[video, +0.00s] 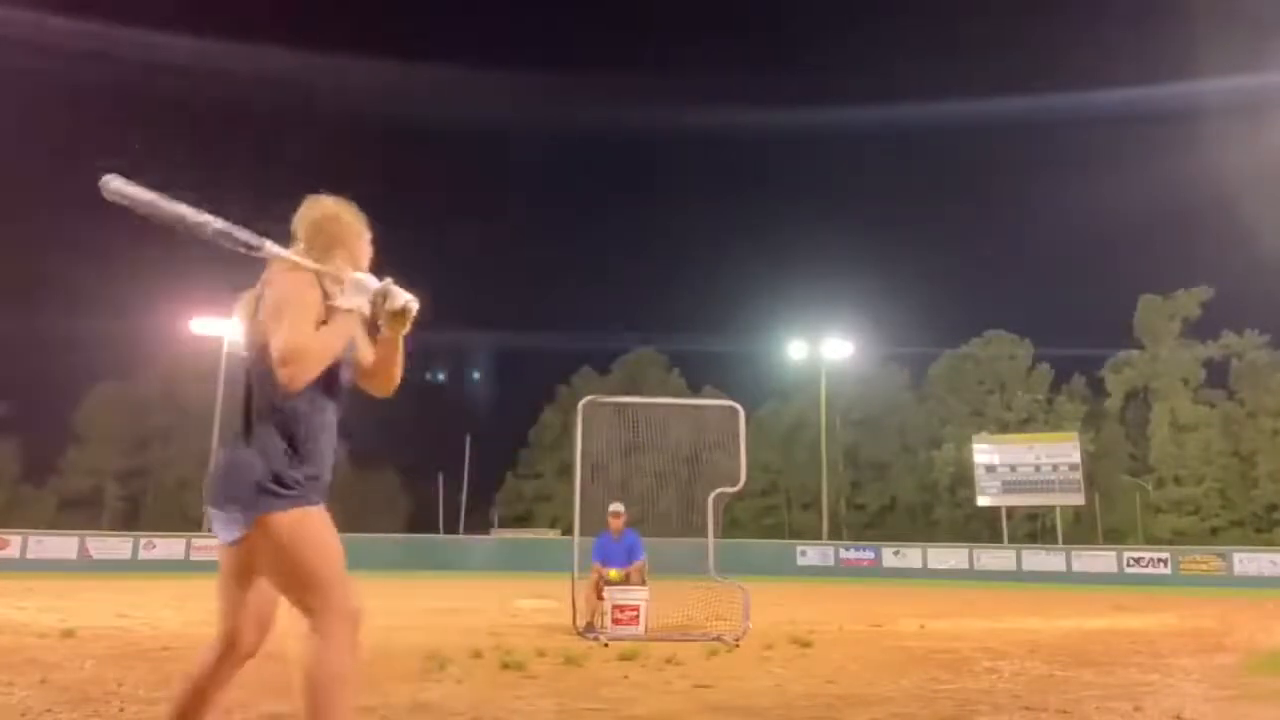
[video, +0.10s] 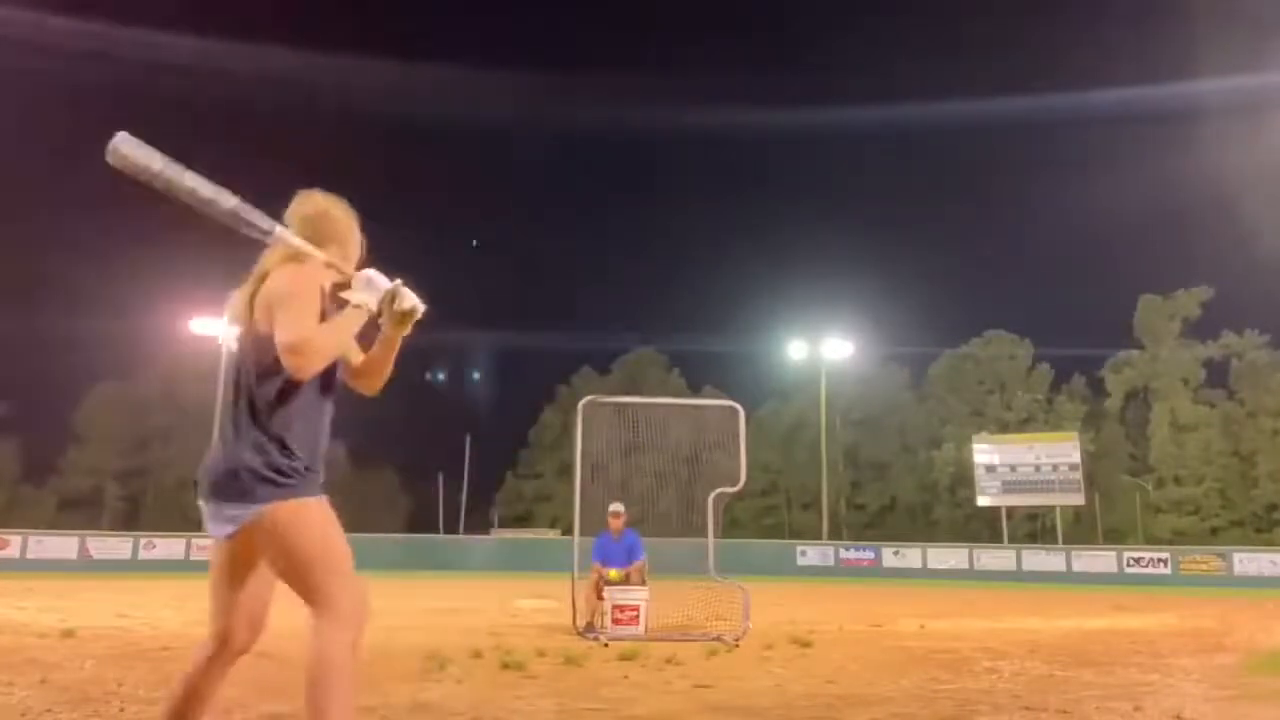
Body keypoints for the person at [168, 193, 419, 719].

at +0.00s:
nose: (367, 263)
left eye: (366, 253)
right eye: (362, 251)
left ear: (321, 246)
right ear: (339, 248)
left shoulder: (333, 297)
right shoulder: (291, 278)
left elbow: (381, 381)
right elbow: (292, 370)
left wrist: (393, 330)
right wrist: (350, 313)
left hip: (259, 482)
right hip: (269, 483)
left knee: (238, 639)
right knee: (339, 617)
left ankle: (179, 712)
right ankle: (328, 712)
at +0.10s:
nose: (354, 266)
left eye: (355, 259)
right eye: (352, 256)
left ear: (295, 238)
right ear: (337, 246)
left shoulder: (298, 290)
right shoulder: (298, 276)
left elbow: (365, 379)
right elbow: (301, 356)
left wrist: (393, 331)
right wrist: (359, 307)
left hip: (239, 478)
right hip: (276, 480)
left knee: (231, 637)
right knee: (343, 608)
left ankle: (176, 713)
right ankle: (331, 711)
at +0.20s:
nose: (358, 254)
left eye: (355, 246)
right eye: (354, 244)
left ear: (297, 235)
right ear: (337, 240)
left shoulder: (275, 285)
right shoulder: (306, 271)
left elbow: (366, 379)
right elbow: (310, 351)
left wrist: (398, 331)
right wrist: (368, 303)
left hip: (238, 475)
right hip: (278, 476)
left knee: (234, 637)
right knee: (339, 615)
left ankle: (177, 712)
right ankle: (326, 712)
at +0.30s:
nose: (362, 254)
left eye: (361, 245)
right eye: (359, 244)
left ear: (304, 236)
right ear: (344, 240)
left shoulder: (291, 287)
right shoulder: (304, 276)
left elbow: (369, 386)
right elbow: (326, 349)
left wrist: (410, 336)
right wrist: (386, 301)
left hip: (252, 476)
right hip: (286, 476)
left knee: (249, 637)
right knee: (336, 626)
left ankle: (182, 712)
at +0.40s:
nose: (372, 245)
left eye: (372, 234)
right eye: (369, 234)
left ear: (313, 230)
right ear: (353, 233)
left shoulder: (298, 286)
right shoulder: (307, 275)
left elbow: (371, 386)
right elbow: (332, 345)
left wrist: (415, 338)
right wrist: (397, 300)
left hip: (250, 474)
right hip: (285, 476)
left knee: (253, 634)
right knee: (335, 624)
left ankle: (185, 711)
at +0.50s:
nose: (369, 254)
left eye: (370, 243)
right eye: (367, 242)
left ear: (311, 231)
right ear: (352, 236)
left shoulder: (294, 285)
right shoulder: (310, 274)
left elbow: (373, 386)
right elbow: (334, 342)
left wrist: (417, 342)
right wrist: (401, 300)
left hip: (249, 476)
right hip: (284, 477)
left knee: (243, 638)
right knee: (335, 624)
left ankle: (179, 713)